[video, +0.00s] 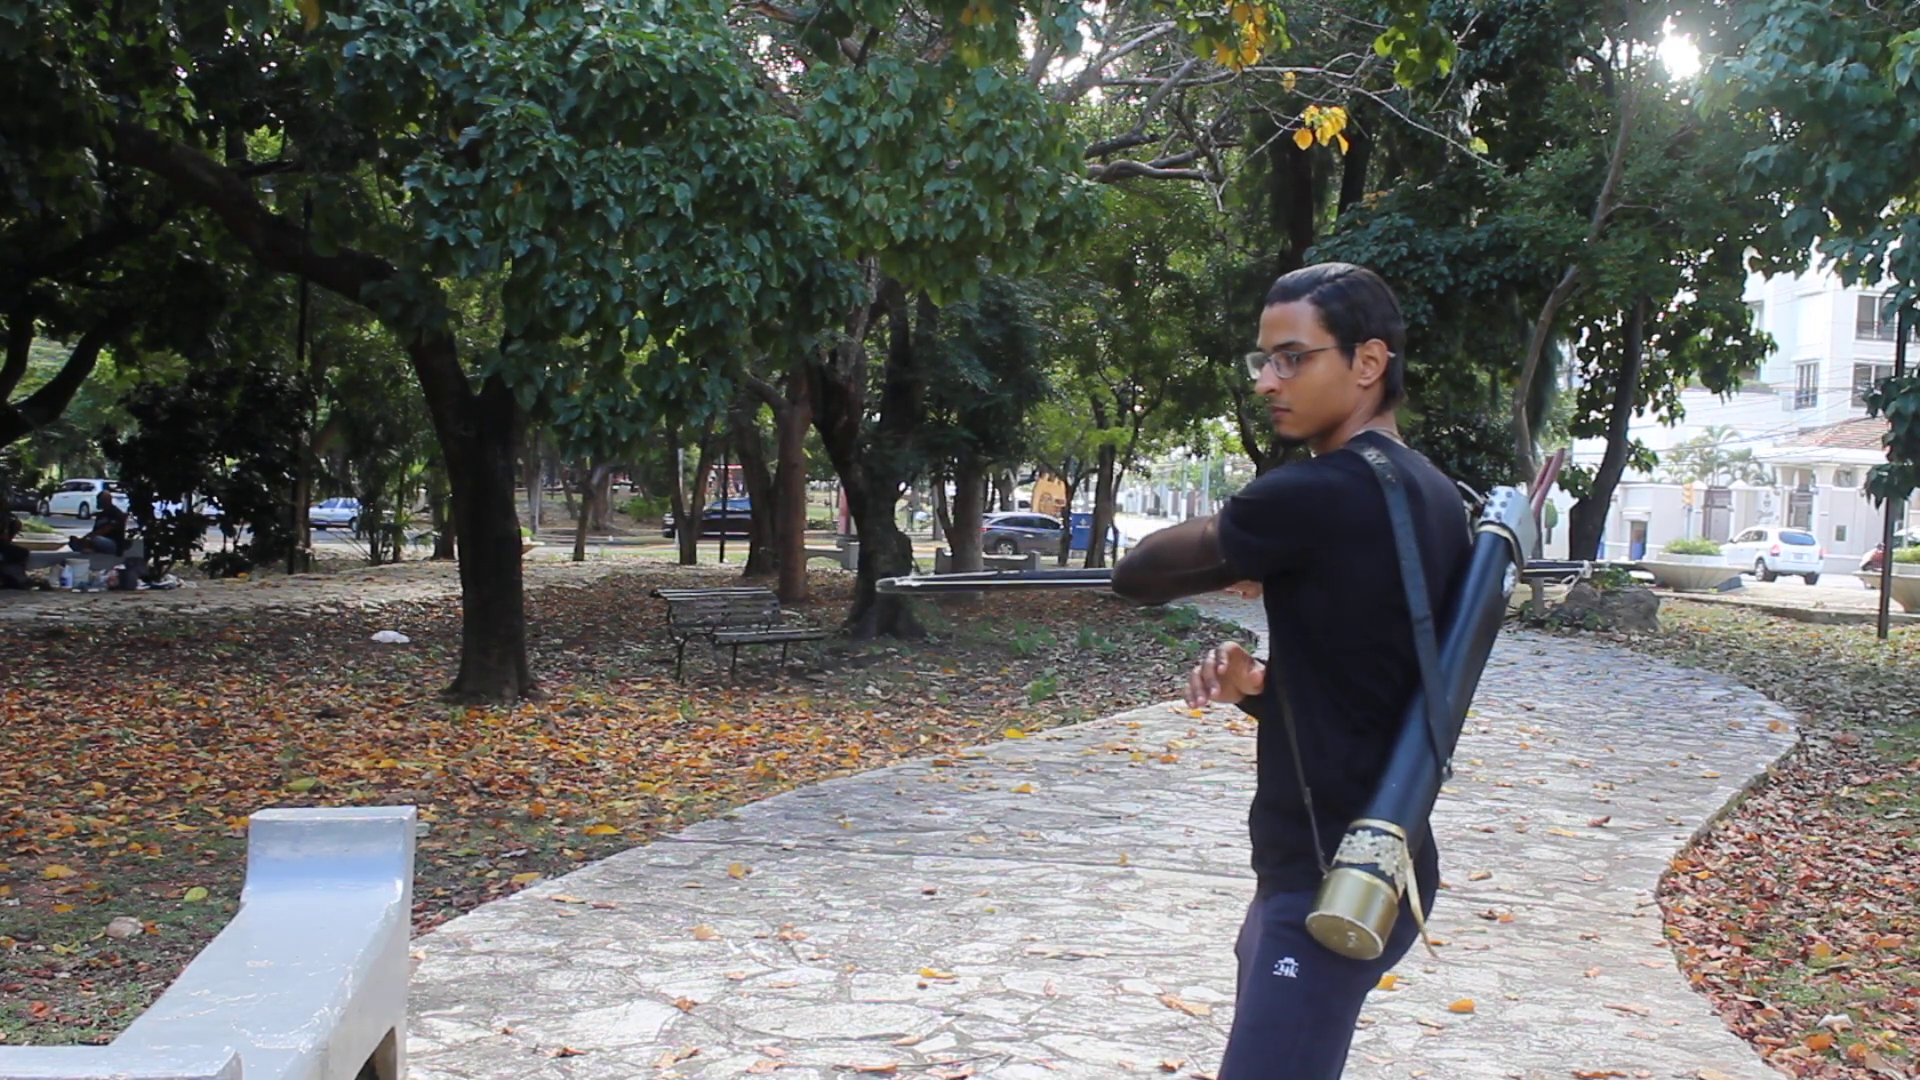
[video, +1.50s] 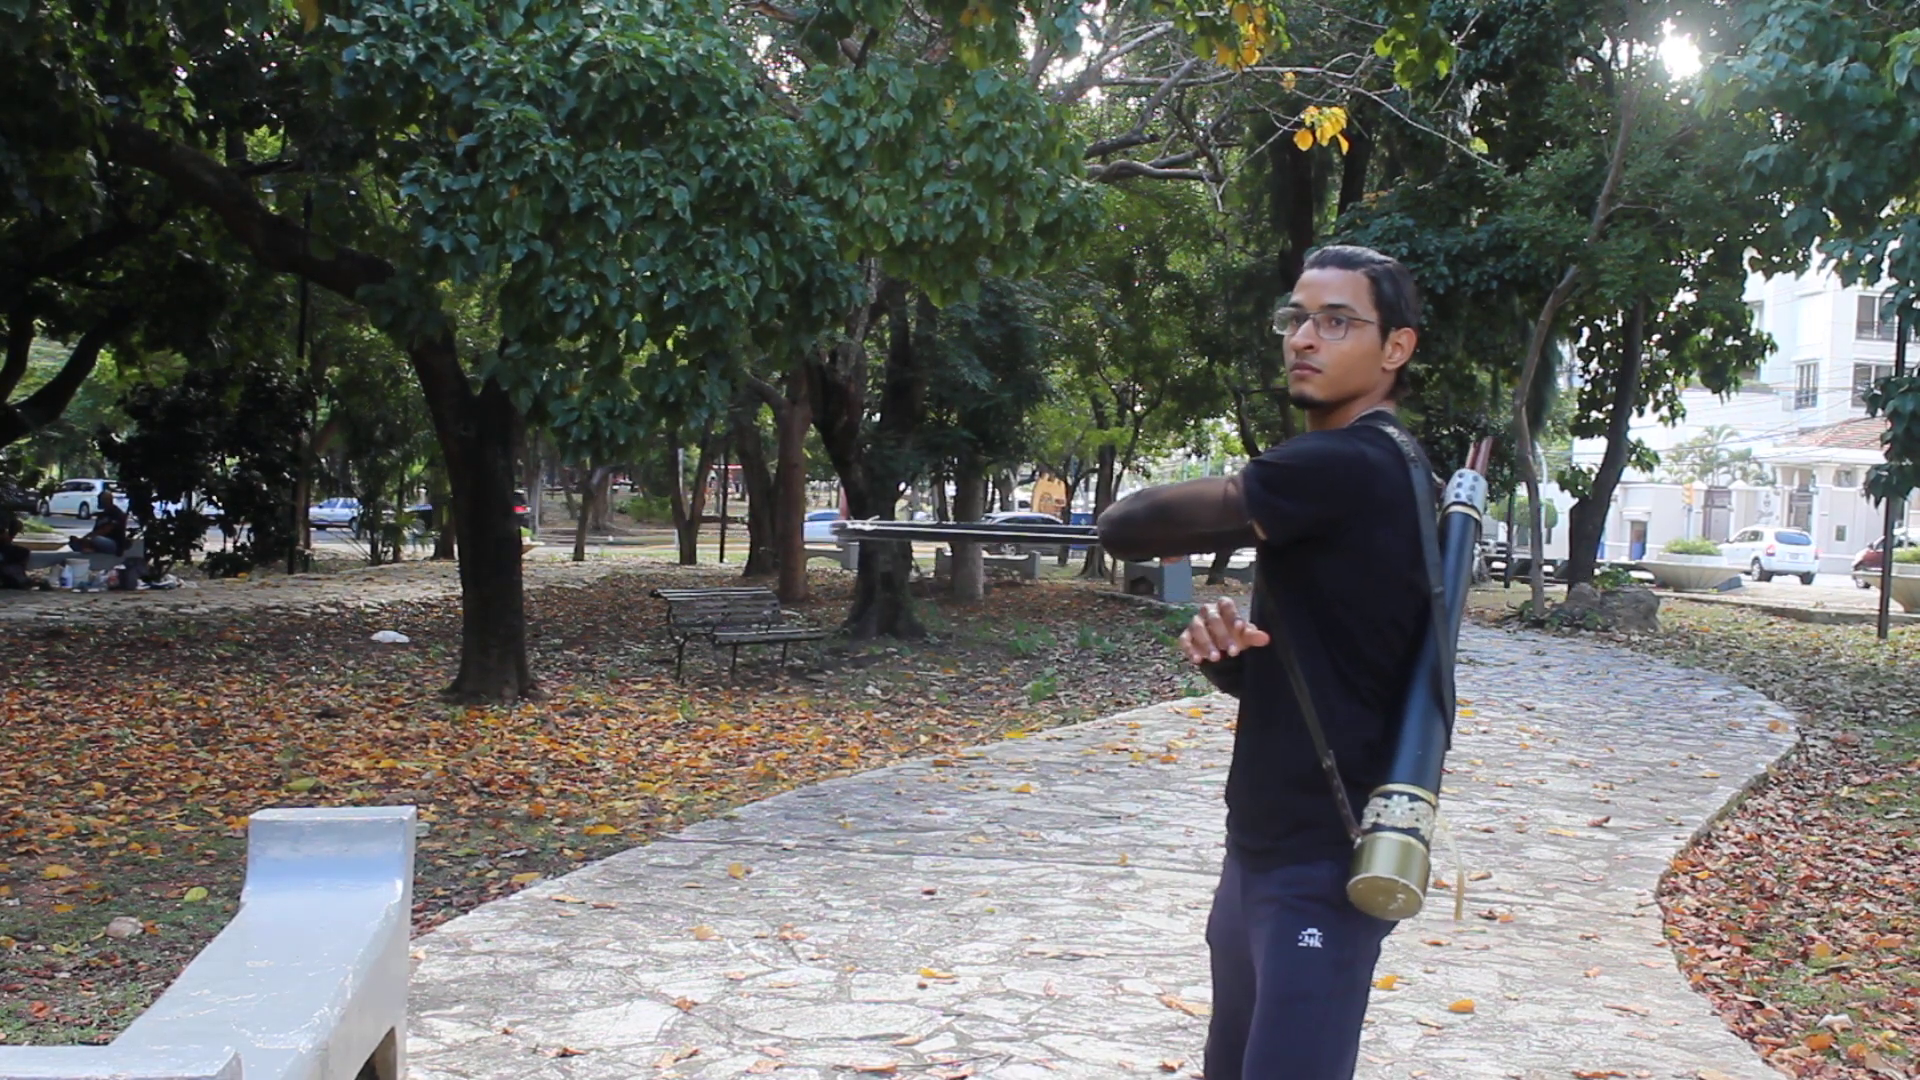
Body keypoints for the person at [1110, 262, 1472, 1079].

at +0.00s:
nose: (1264, 381)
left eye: (1290, 358)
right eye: (1263, 359)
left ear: (1369, 364)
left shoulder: (1317, 492)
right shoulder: (1437, 495)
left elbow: (1135, 572)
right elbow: (1390, 684)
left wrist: (1244, 561)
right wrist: (1263, 681)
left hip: (1318, 884)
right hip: (1377, 870)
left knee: (1264, 1066)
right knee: (1268, 1057)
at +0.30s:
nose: (1259, 377)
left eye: (1285, 354)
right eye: (1256, 355)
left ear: (1364, 362)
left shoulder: (1315, 489)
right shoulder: (1428, 492)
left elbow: (1130, 569)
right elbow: (1384, 686)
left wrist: (1241, 556)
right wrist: (1257, 680)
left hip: (1312, 880)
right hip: (1369, 867)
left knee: (1261, 1065)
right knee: (1263, 1058)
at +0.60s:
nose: (1268, 366)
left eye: (1296, 344)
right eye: (1262, 346)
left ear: (1369, 357)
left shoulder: (1316, 484)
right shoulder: (1418, 486)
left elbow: (1127, 564)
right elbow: (1376, 689)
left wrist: (1232, 535)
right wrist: (1255, 679)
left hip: (1306, 879)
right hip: (1351, 867)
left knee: (1259, 1068)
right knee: (1251, 1060)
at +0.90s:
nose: (1291, 354)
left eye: (1321, 333)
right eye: (1281, 332)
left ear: (1386, 352)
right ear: (1269, 342)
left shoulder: (1341, 472)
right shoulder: (1393, 472)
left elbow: (1130, 543)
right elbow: (1337, 693)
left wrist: (1117, 557)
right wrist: (1244, 670)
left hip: (1314, 871)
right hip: (1277, 859)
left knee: (1268, 1068)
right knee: (1234, 1064)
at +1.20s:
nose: (1310, 340)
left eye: (1343, 323)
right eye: (1302, 320)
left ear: (1402, 351)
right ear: (1288, 333)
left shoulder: (1360, 465)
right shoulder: (1357, 465)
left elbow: (1138, 527)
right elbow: (1311, 686)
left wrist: (1112, 537)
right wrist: (1237, 657)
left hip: (1321, 861)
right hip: (1261, 851)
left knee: (1276, 1070)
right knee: (1229, 1064)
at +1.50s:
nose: (1302, 338)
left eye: (1335, 321)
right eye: (1296, 318)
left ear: (1396, 350)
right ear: (1282, 331)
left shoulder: (1361, 460)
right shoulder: (1342, 464)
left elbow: (1133, 524)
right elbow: (1307, 678)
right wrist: (1232, 654)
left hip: (1326, 864)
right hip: (1258, 852)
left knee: (1286, 1068)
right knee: (1231, 1065)